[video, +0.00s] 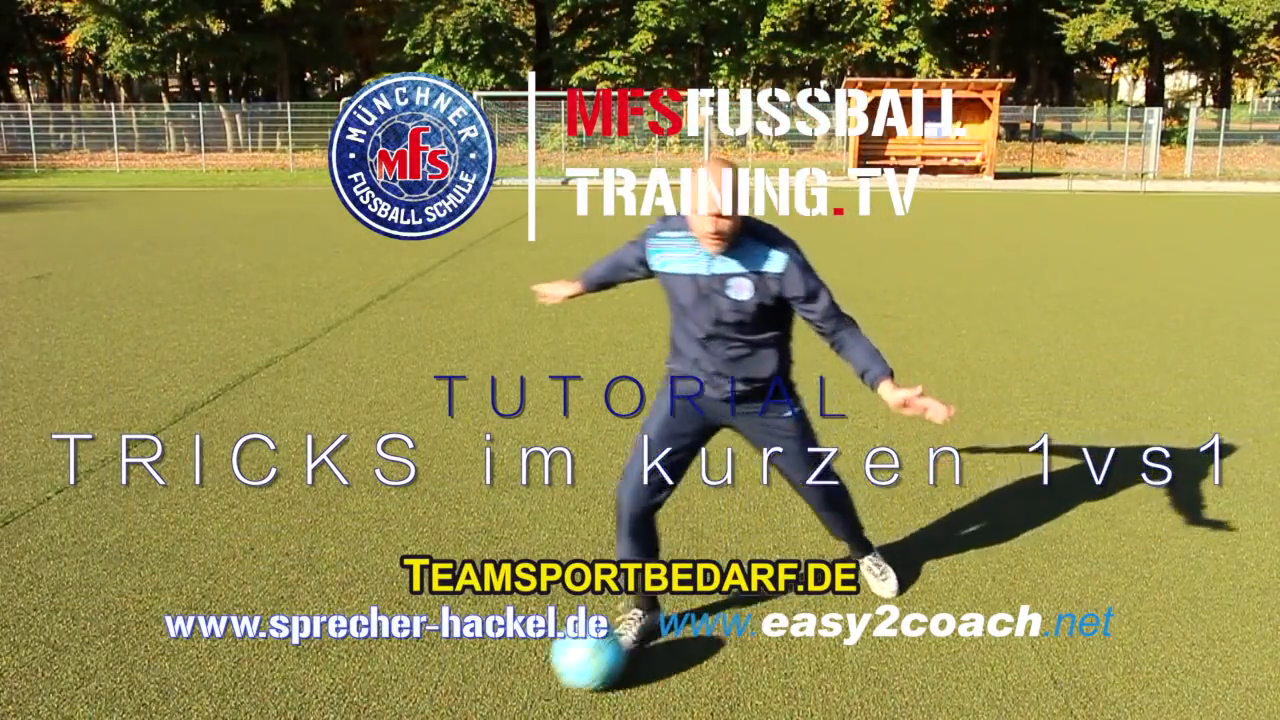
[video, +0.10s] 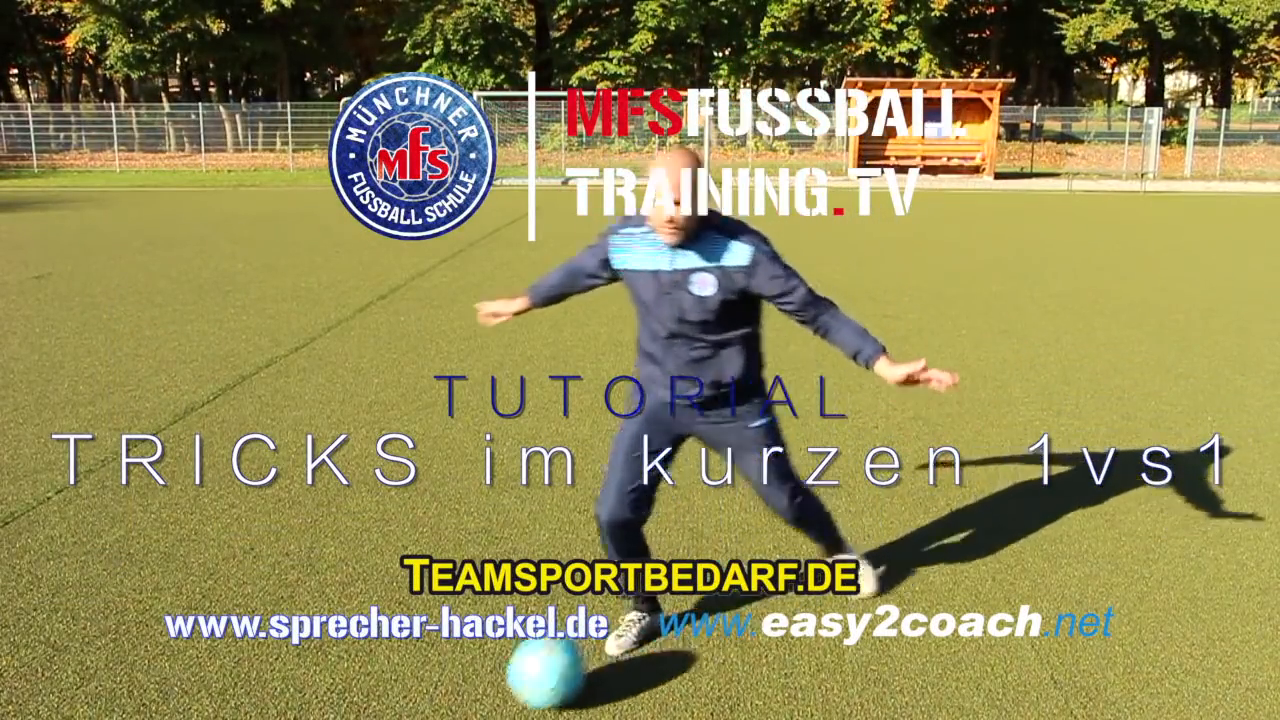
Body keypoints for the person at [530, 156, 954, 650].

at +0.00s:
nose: (716, 226)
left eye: (726, 216)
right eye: (706, 216)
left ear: (742, 208)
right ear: (688, 207)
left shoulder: (776, 254)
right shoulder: (662, 240)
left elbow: (833, 323)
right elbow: (621, 264)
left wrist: (886, 385)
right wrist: (577, 284)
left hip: (764, 395)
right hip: (688, 391)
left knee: (821, 488)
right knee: (632, 501)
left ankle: (865, 554)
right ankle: (644, 611)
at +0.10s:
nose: (673, 211)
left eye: (683, 200)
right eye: (664, 199)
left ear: (702, 198)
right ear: (648, 196)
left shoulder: (742, 249)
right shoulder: (623, 242)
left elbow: (812, 309)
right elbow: (574, 275)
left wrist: (882, 362)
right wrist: (523, 301)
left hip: (735, 405)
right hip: (658, 402)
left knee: (787, 500)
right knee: (614, 515)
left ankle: (844, 557)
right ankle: (642, 610)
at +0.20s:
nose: (617, 188)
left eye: (629, 175)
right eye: (606, 175)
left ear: (653, 170)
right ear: (589, 171)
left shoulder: (695, 229)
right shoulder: (567, 232)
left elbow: (773, 283)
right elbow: (514, 278)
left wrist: (850, 329)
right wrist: (455, 317)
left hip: (686, 402)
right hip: (609, 404)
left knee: (711, 530)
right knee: (595, 527)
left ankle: (734, 586)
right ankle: (636, 607)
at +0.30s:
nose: (571, 149)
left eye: (583, 138)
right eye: (560, 137)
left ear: (604, 136)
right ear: (544, 137)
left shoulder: (651, 198)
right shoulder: (524, 201)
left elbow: (722, 266)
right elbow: (468, 262)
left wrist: (793, 324)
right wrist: (415, 314)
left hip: (625, 389)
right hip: (550, 390)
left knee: (612, 533)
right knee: (549, 531)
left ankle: (593, 661)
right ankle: (610, 564)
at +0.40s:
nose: (522, 146)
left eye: (537, 133)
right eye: (510, 133)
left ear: (563, 138)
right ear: (492, 137)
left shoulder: (606, 215)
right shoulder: (472, 208)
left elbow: (664, 305)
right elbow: (417, 287)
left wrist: (716, 379)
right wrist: (363, 351)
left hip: (562, 413)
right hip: (485, 409)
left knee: (523, 567)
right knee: (461, 556)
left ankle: (485, 712)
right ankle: (540, 576)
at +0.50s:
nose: (472, 183)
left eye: (487, 168)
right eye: (461, 167)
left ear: (514, 175)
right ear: (444, 171)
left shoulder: (551, 267)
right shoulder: (415, 253)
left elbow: (591, 380)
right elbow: (371, 342)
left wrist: (621, 479)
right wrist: (317, 415)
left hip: (495, 473)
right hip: (411, 460)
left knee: (450, 620)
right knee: (345, 590)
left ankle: (439, 712)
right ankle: (441, 620)